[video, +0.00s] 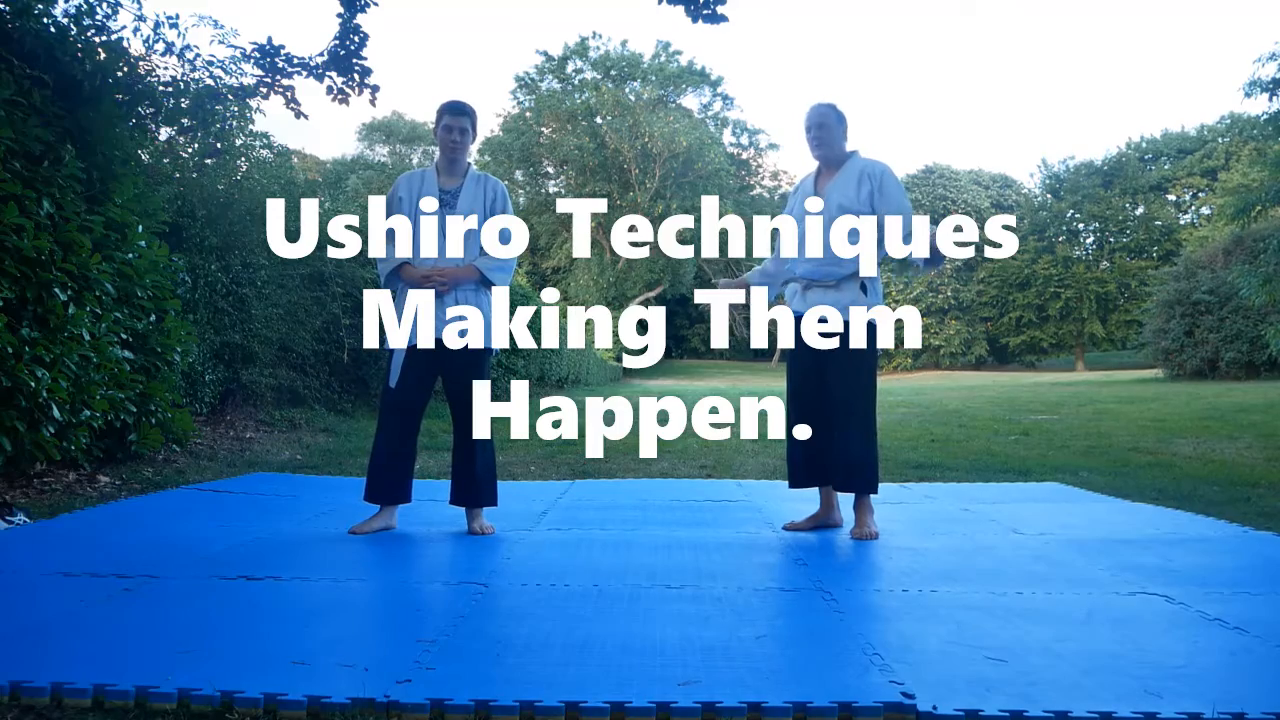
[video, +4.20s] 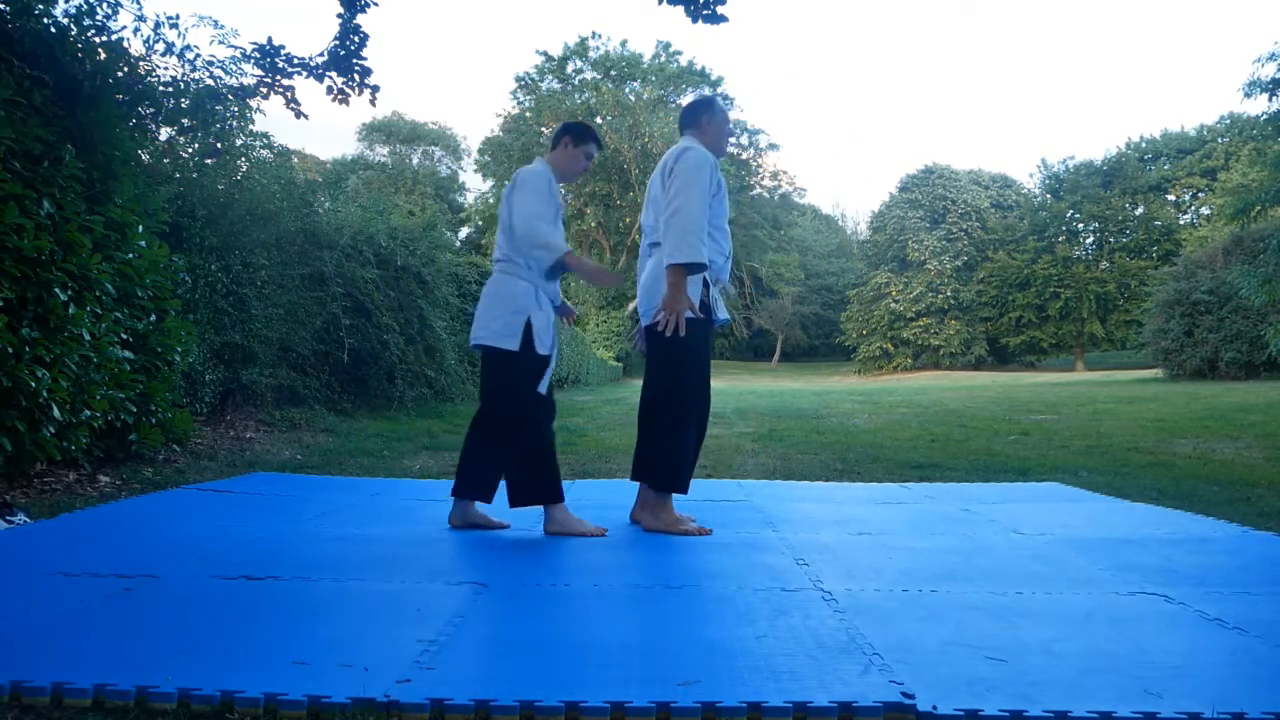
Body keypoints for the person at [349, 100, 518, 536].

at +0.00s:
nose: (455, 137)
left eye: (463, 131)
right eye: (448, 129)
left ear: (474, 139)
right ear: (435, 133)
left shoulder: (492, 190)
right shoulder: (406, 185)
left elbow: (504, 258)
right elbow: (388, 253)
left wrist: (457, 273)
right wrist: (416, 275)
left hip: (470, 321)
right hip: (414, 319)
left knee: (472, 415)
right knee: (398, 411)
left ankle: (475, 512)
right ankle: (387, 510)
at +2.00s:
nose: (454, 137)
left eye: (462, 131)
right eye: (447, 129)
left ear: (473, 139)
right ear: (434, 133)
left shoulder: (492, 191)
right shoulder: (406, 185)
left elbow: (503, 256)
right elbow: (383, 247)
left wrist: (456, 275)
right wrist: (413, 276)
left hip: (469, 322)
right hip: (414, 319)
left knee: (472, 420)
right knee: (397, 415)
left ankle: (475, 513)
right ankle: (387, 511)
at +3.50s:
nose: (514, 160)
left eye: (517, 153)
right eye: (512, 150)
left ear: (499, 147)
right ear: (489, 140)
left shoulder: (497, 203)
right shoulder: (439, 178)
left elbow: (496, 266)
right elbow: (410, 238)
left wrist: (502, 317)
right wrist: (432, 290)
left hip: (475, 325)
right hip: (424, 317)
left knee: (478, 412)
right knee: (400, 413)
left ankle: (463, 508)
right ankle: (386, 510)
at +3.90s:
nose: (557, 168)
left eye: (562, 163)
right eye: (557, 158)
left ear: (544, 154)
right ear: (536, 145)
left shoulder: (528, 207)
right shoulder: (496, 174)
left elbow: (523, 272)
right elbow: (468, 221)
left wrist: (531, 318)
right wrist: (463, 268)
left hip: (502, 320)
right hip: (471, 311)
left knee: (490, 409)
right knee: (466, 406)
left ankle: (465, 503)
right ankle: (455, 503)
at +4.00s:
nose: (567, 170)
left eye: (572, 164)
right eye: (567, 159)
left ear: (551, 155)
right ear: (545, 147)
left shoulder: (532, 199)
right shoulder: (510, 175)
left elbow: (529, 269)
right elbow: (486, 223)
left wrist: (541, 314)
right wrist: (501, 268)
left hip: (507, 315)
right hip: (491, 310)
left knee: (478, 408)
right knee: (505, 406)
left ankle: (461, 506)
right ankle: (512, 509)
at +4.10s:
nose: (573, 170)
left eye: (578, 164)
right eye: (573, 159)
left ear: (554, 152)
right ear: (552, 147)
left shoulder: (533, 190)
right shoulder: (519, 175)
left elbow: (528, 262)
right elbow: (500, 229)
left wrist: (549, 308)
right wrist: (531, 263)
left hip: (511, 310)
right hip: (499, 307)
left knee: (483, 407)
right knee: (517, 408)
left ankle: (462, 506)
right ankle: (543, 511)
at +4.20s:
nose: (587, 167)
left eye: (591, 161)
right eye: (585, 157)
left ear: (566, 149)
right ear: (564, 144)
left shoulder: (546, 188)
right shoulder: (534, 176)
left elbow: (530, 257)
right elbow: (531, 233)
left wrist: (555, 301)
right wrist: (581, 263)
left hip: (524, 306)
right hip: (516, 305)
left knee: (498, 406)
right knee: (535, 409)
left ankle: (464, 505)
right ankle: (556, 513)